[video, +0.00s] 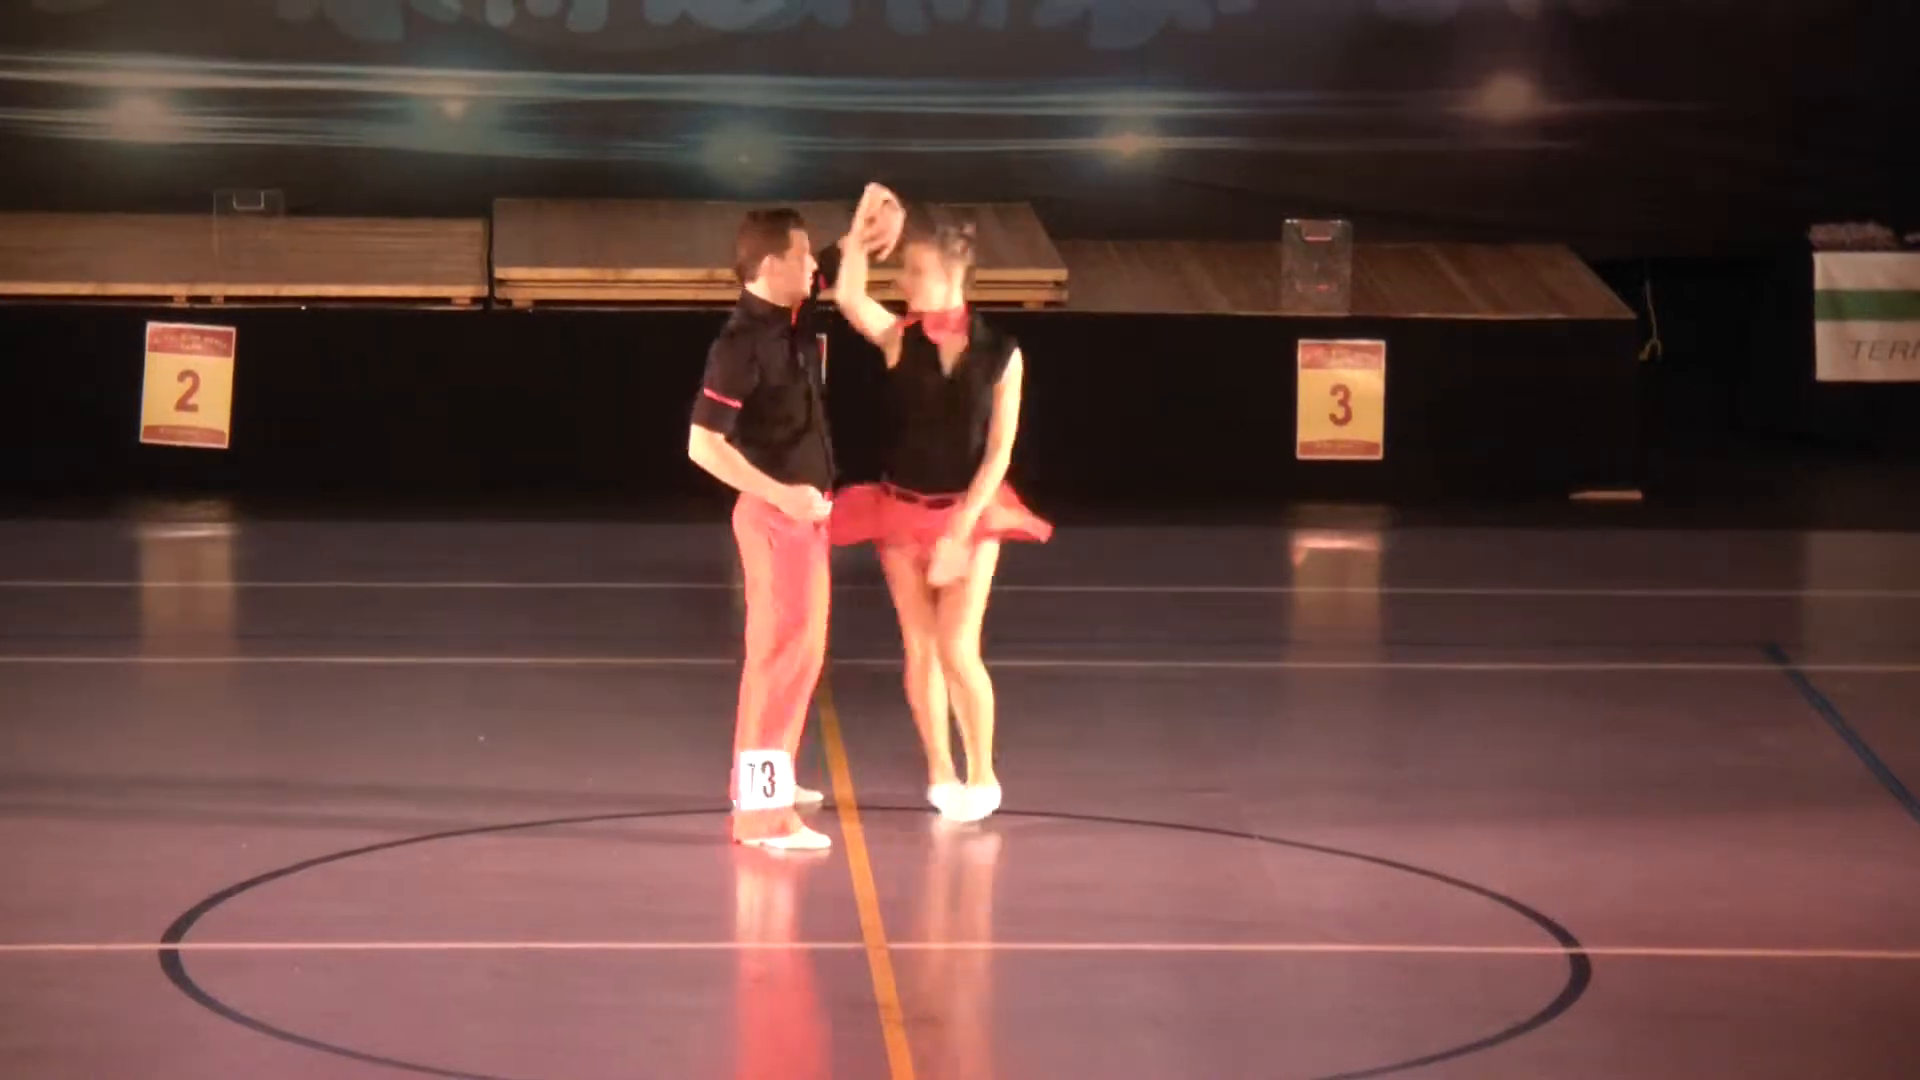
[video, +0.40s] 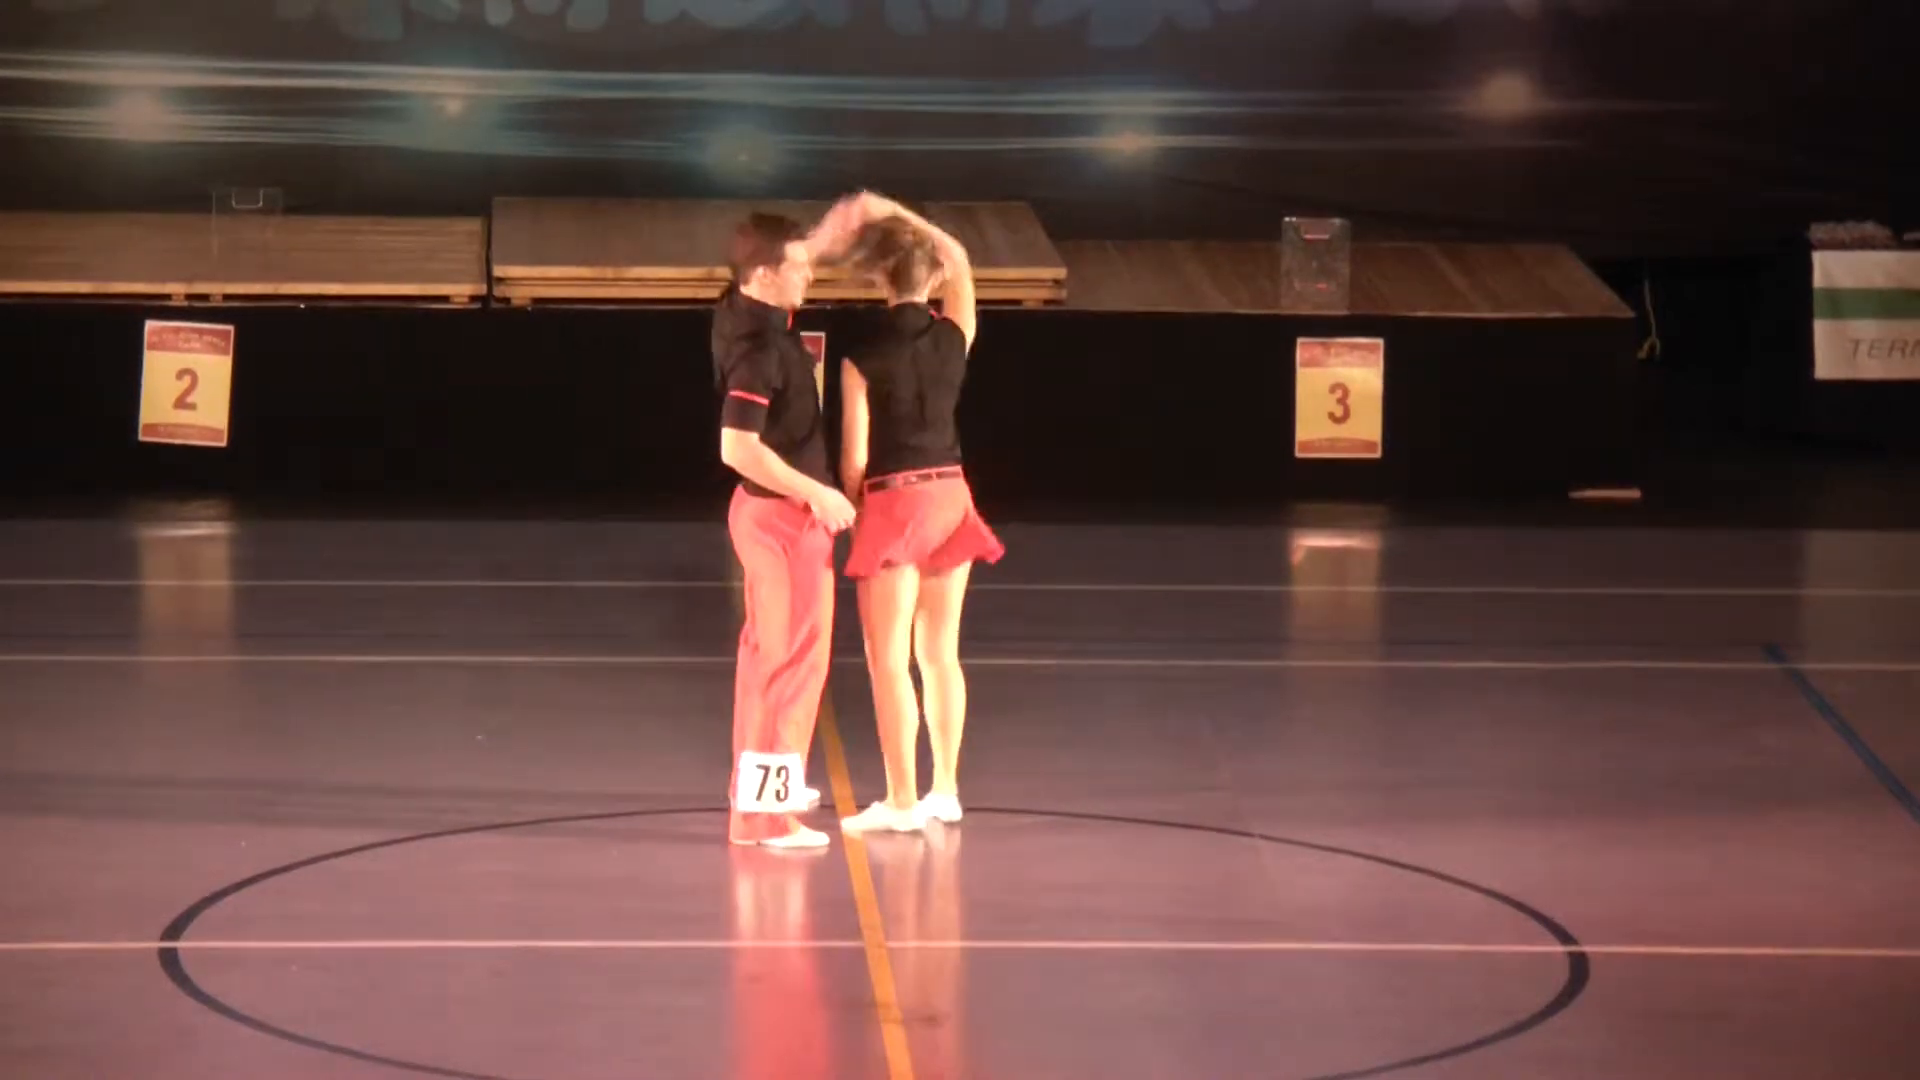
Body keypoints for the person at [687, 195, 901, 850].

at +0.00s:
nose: (813, 266)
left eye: (810, 255)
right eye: (801, 256)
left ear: (795, 262)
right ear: (765, 267)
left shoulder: (802, 315)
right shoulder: (740, 340)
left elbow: (847, 277)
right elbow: (703, 443)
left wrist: (869, 219)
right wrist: (780, 495)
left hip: (809, 509)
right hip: (769, 513)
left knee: (806, 650)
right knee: (774, 650)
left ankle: (772, 782)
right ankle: (754, 808)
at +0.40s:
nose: (807, 275)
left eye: (807, 264)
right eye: (799, 265)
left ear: (760, 272)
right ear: (766, 274)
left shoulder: (749, 311)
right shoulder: (760, 341)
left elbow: (799, 257)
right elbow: (740, 446)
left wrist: (842, 226)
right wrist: (816, 493)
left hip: (772, 507)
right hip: (780, 513)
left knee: (768, 653)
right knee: (796, 656)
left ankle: (756, 804)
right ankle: (762, 812)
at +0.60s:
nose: (813, 322)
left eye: (815, 310)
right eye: (806, 310)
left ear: (775, 305)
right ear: (770, 303)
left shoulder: (767, 350)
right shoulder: (745, 360)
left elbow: (796, 445)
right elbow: (731, 475)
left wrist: (814, 395)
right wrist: (796, 541)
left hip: (793, 524)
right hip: (778, 527)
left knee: (788, 660)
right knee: (818, 659)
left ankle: (755, 808)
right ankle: (772, 812)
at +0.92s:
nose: (831, 356)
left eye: (835, 345)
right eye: (823, 346)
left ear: (835, 332)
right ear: (788, 330)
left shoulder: (834, 342)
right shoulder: (739, 372)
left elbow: (886, 415)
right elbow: (762, 470)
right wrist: (837, 521)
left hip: (777, 516)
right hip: (729, 519)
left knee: (747, 653)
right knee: (766, 652)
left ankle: (752, 784)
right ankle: (748, 814)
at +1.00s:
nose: (833, 378)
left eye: (837, 368)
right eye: (824, 370)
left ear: (843, 353)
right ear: (792, 352)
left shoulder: (841, 363)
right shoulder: (743, 384)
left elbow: (884, 441)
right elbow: (769, 477)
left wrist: (933, 520)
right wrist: (842, 523)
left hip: (770, 522)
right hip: (720, 524)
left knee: (736, 650)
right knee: (765, 650)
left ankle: (741, 776)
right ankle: (747, 812)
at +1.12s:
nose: (832, 390)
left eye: (838, 380)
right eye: (824, 381)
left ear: (845, 362)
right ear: (794, 359)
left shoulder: (841, 369)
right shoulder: (743, 388)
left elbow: (885, 442)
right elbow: (767, 483)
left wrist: (933, 519)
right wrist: (842, 529)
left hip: (766, 524)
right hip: (719, 525)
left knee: (734, 650)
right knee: (761, 650)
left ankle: (742, 776)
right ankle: (749, 810)